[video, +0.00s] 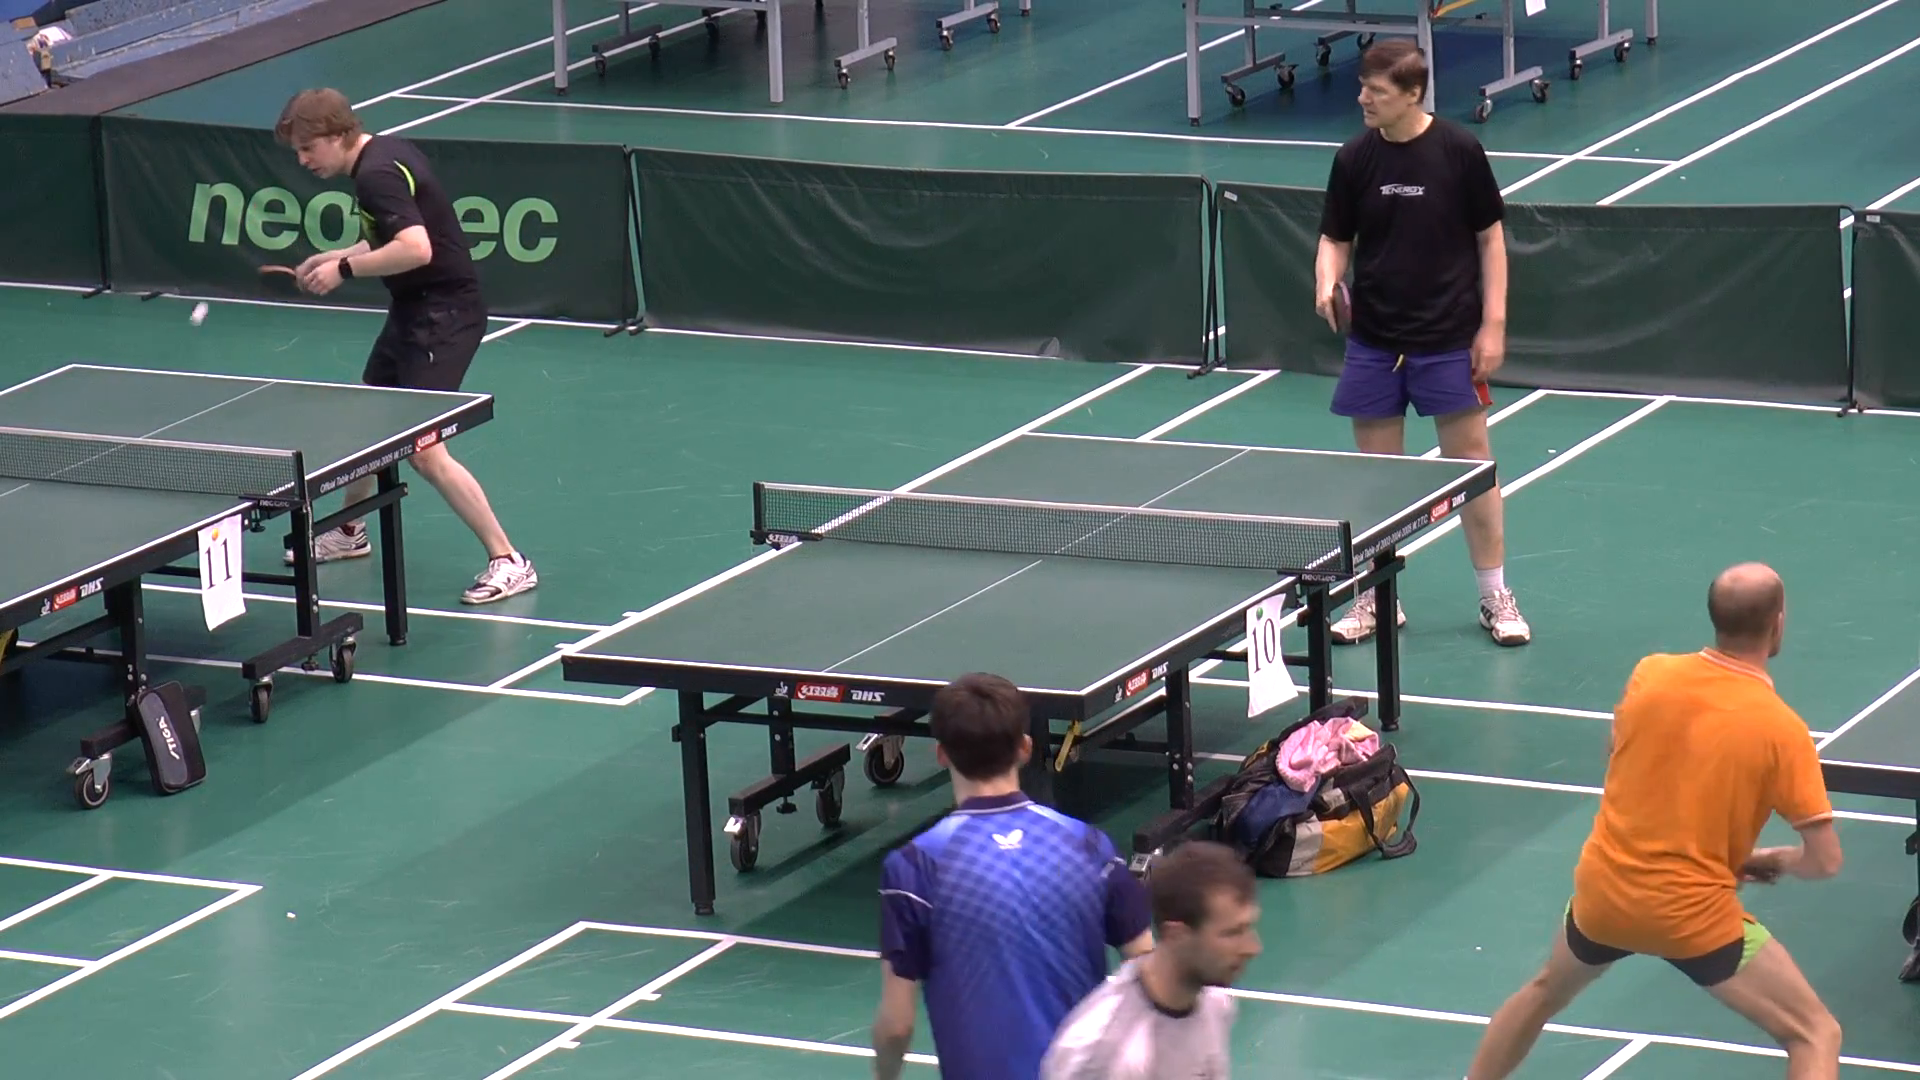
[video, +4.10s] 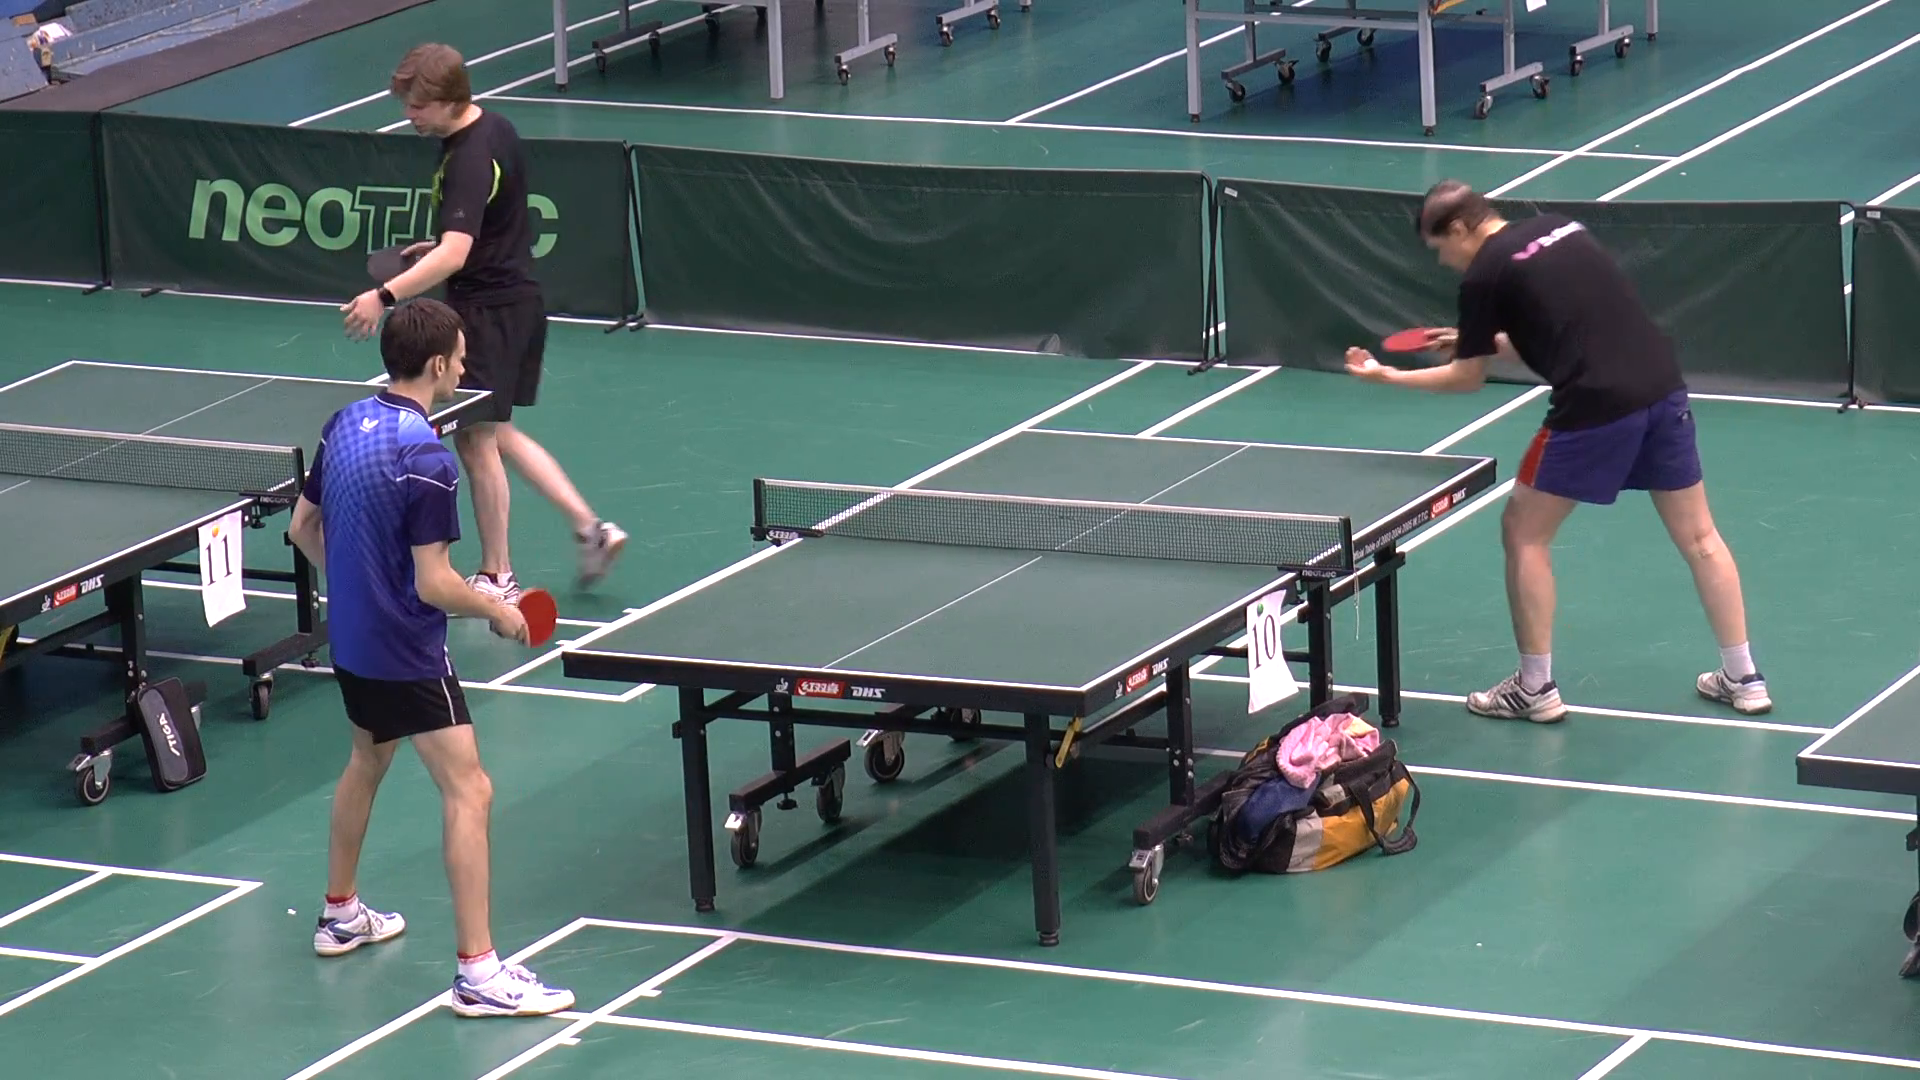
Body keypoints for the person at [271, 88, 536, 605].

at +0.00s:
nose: (302, 162)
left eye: (306, 149)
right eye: (297, 152)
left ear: (337, 136)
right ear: (342, 136)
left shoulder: (378, 170)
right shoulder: (382, 156)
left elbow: (416, 247)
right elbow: (396, 235)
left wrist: (344, 266)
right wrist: (340, 257)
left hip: (447, 311)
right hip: (412, 309)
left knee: (421, 443)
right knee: (366, 418)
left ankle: (508, 560)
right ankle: (349, 529)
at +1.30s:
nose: (375, 113)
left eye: (381, 102)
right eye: (372, 103)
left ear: (413, 96)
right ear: (400, 97)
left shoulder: (443, 145)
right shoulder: (424, 140)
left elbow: (460, 237)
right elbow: (429, 224)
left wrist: (385, 237)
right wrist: (379, 225)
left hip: (446, 305)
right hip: (419, 301)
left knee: (437, 436)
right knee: (384, 415)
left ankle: (516, 559)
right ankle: (376, 523)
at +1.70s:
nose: (352, 91)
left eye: (363, 80)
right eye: (347, 82)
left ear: (392, 79)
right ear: (344, 84)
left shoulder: (432, 134)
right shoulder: (359, 139)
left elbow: (472, 217)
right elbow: (352, 207)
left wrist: (397, 231)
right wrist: (318, 235)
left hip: (434, 299)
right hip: (376, 297)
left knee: (456, 426)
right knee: (347, 408)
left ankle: (513, 548)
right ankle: (363, 521)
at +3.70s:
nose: (370, 115)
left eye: (380, 104)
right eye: (362, 105)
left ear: (406, 95)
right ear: (356, 100)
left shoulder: (438, 148)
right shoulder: (361, 146)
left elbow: (486, 229)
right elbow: (341, 208)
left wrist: (422, 221)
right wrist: (331, 231)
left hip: (433, 311)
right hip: (378, 308)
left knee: (432, 427)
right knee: (358, 416)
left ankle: (475, 553)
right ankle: (356, 543)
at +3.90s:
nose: (385, 124)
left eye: (393, 114)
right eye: (380, 114)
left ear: (426, 104)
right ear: (384, 107)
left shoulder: (456, 152)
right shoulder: (408, 145)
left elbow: (470, 245)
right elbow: (414, 216)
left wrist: (397, 256)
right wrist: (384, 256)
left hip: (471, 308)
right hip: (429, 304)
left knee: (453, 444)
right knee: (429, 441)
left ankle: (497, 575)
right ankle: (424, 573)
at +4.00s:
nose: (397, 121)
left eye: (405, 111)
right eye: (392, 111)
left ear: (437, 101)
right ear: (404, 103)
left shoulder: (464, 150)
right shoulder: (441, 137)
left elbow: (459, 248)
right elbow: (448, 229)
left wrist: (385, 282)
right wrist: (403, 253)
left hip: (483, 304)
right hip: (458, 299)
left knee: (464, 436)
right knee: (453, 431)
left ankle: (497, 578)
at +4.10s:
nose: (410, 118)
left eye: (416, 108)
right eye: (407, 107)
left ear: (447, 99)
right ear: (451, 99)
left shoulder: (471, 155)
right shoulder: (491, 128)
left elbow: (453, 253)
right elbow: (496, 218)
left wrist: (383, 296)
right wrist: (439, 246)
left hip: (487, 307)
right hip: (513, 299)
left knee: (477, 442)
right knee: (497, 430)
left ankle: (497, 577)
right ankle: (591, 528)